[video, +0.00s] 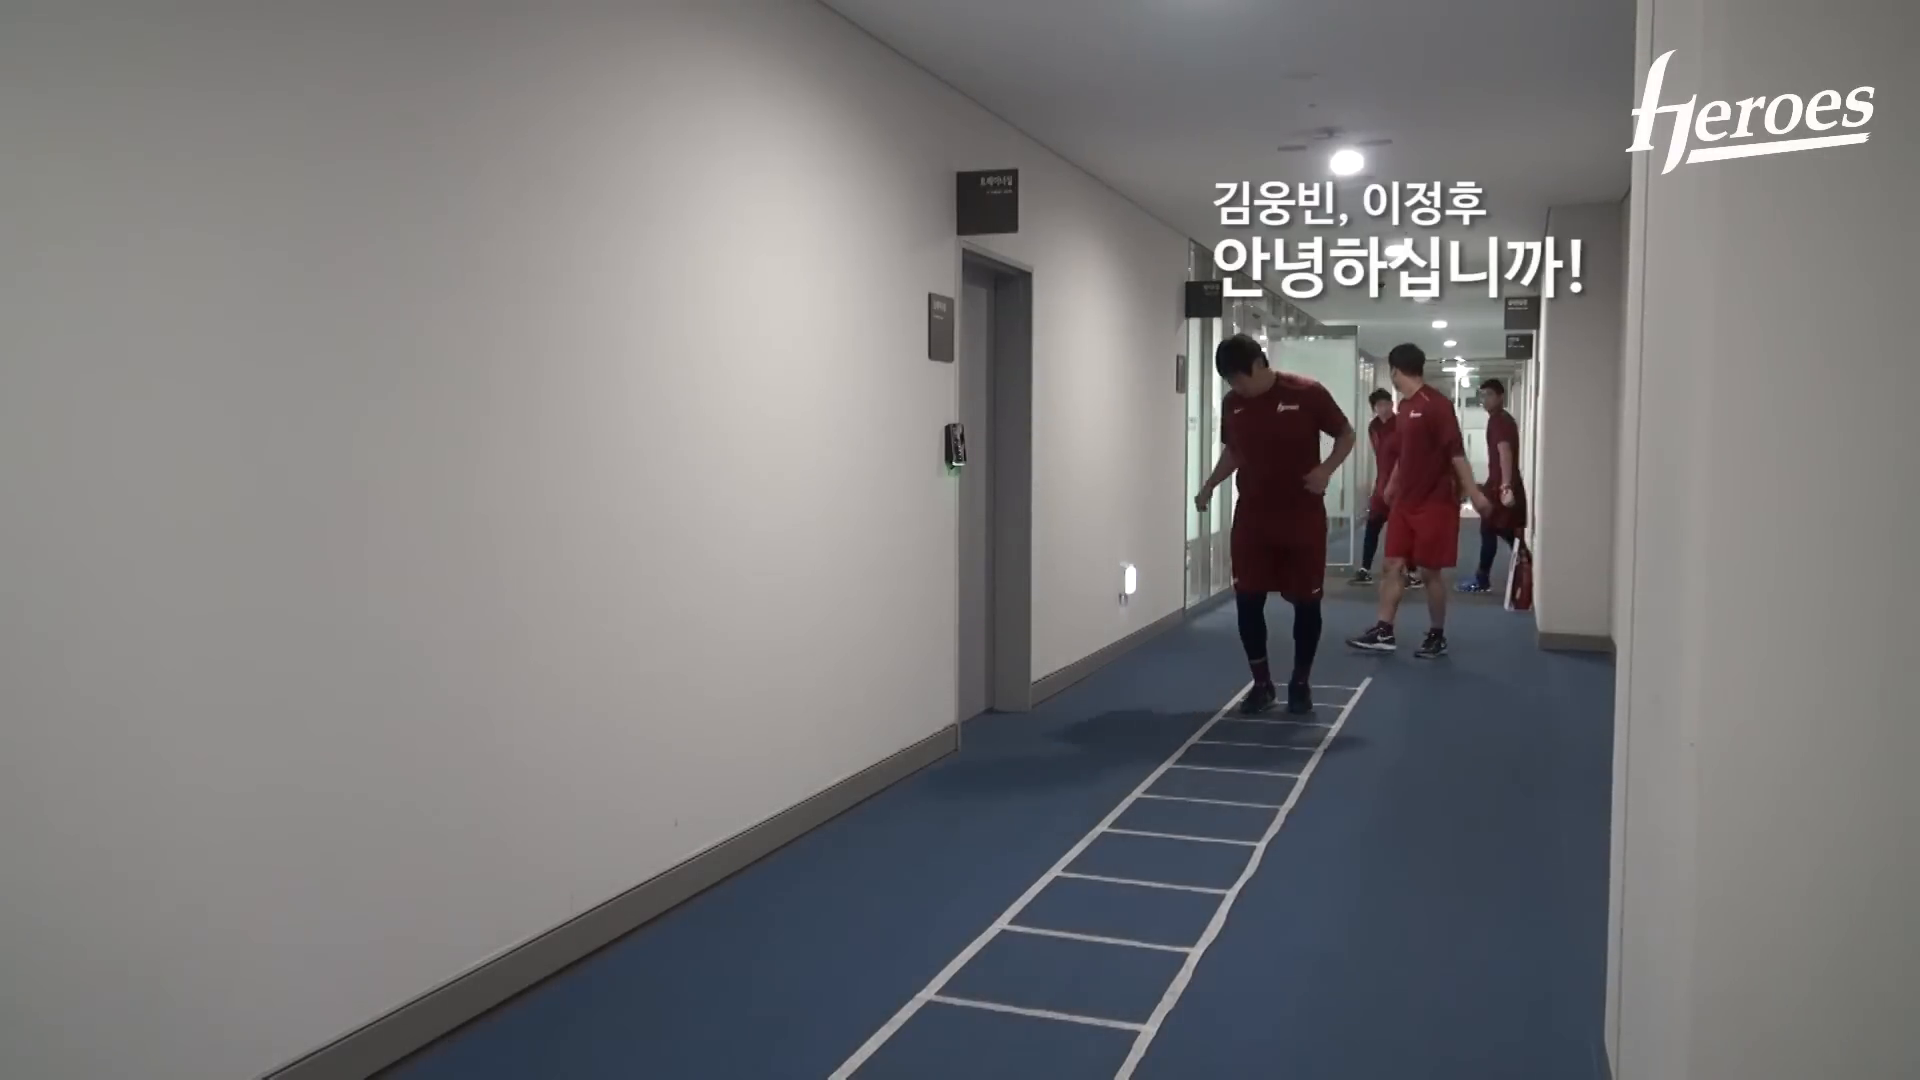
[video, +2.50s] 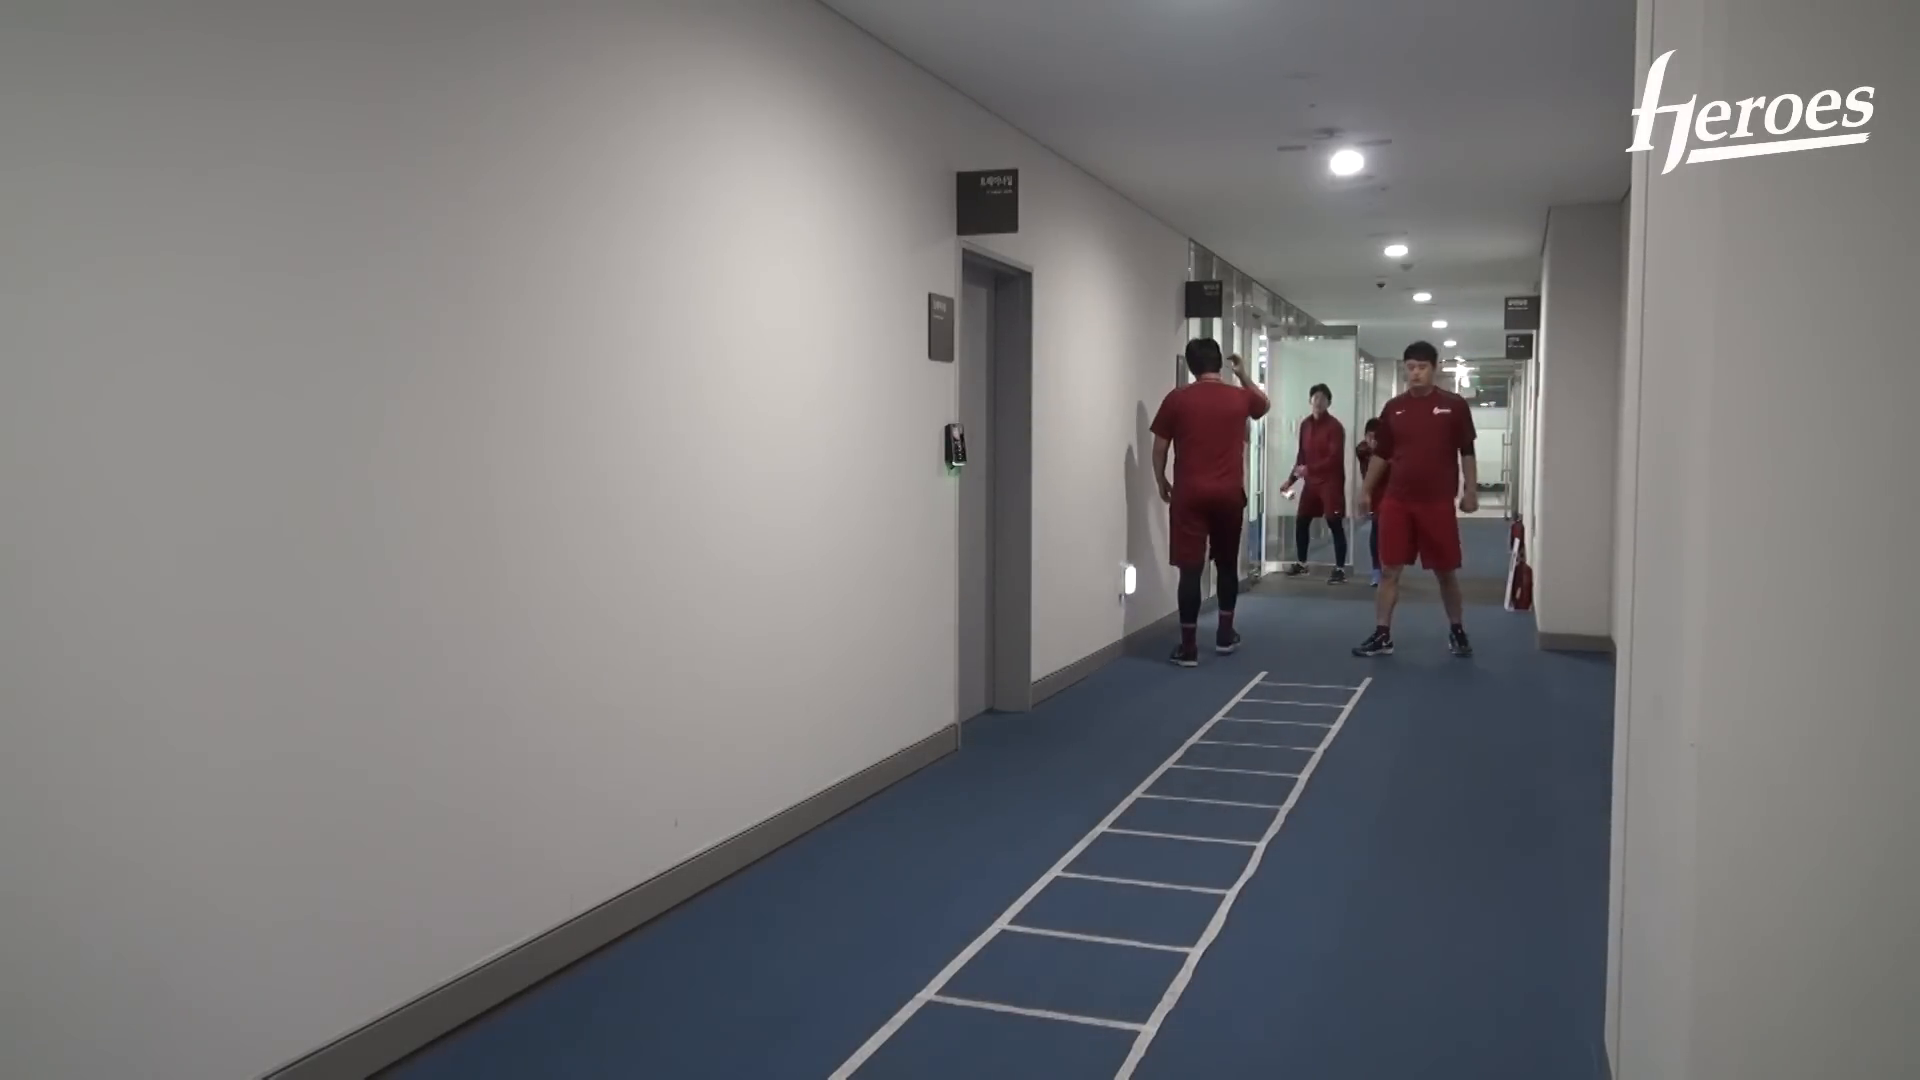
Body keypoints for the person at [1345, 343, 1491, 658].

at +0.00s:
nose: (1390, 377)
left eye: (1391, 372)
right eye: (1390, 372)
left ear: (1397, 371)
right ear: (1416, 369)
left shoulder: (1438, 404)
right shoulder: (1404, 406)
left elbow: (1456, 453)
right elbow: (1404, 453)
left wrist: (1473, 493)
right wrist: (1392, 483)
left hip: (1434, 502)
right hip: (1404, 500)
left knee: (1431, 571)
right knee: (1392, 564)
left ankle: (1436, 634)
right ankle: (1384, 630)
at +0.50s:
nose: (1397, 378)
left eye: (1401, 372)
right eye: (1395, 373)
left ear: (1420, 369)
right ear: (1403, 373)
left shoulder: (1446, 402)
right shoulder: (1402, 409)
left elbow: (1465, 444)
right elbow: (1391, 448)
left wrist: (1438, 475)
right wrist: (1378, 475)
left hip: (1437, 499)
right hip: (1407, 499)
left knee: (1431, 566)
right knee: (1411, 564)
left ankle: (1436, 633)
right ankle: (1423, 619)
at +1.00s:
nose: (1413, 377)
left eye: (1419, 371)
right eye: (1408, 371)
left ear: (1429, 373)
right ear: (1399, 373)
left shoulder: (1446, 401)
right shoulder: (1389, 411)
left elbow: (1477, 414)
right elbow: (1382, 454)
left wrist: (1449, 382)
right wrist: (1374, 490)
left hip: (1441, 497)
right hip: (1406, 499)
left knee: (1445, 563)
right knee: (1417, 565)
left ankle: (1455, 627)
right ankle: (1424, 623)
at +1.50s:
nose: (1436, 374)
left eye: (1442, 369)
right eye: (1431, 367)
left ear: (1452, 372)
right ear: (1423, 368)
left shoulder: (1468, 401)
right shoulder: (1407, 406)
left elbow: (1505, 407)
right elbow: (1393, 447)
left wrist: (1476, 380)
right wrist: (1387, 480)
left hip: (1456, 495)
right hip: (1419, 495)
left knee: (1456, 564)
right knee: (1423, 564)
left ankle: (1459, 629)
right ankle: (1424, 620)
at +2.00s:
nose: (1450, 371)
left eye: (1456, 366)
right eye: (1445, 365)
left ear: (1468, 369)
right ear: (1439, 367)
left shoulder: (1485, 402)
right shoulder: (1423, 404)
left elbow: (1520, 420)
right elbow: (1407, 450)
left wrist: (1489, 387)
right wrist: (1392, 486)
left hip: (1465, 499)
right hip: (1425, 496)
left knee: (1461, 570)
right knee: (1406, 561)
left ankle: (1460, 631)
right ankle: (1416, 617)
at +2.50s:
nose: (1415, 372)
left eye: (1422, 367)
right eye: (1410, 367)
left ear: (1435, 369)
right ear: (1405, 370)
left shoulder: (1455, 405)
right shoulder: (1393, 407)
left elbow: (1467, 451)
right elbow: (1380, 453)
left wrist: (1470, 489)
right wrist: (1366, 488)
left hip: (1437, 502)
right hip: (1396, 501)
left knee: (1445, 572)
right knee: (1389, 570)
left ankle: (1457, 631)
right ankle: (1382, 634)